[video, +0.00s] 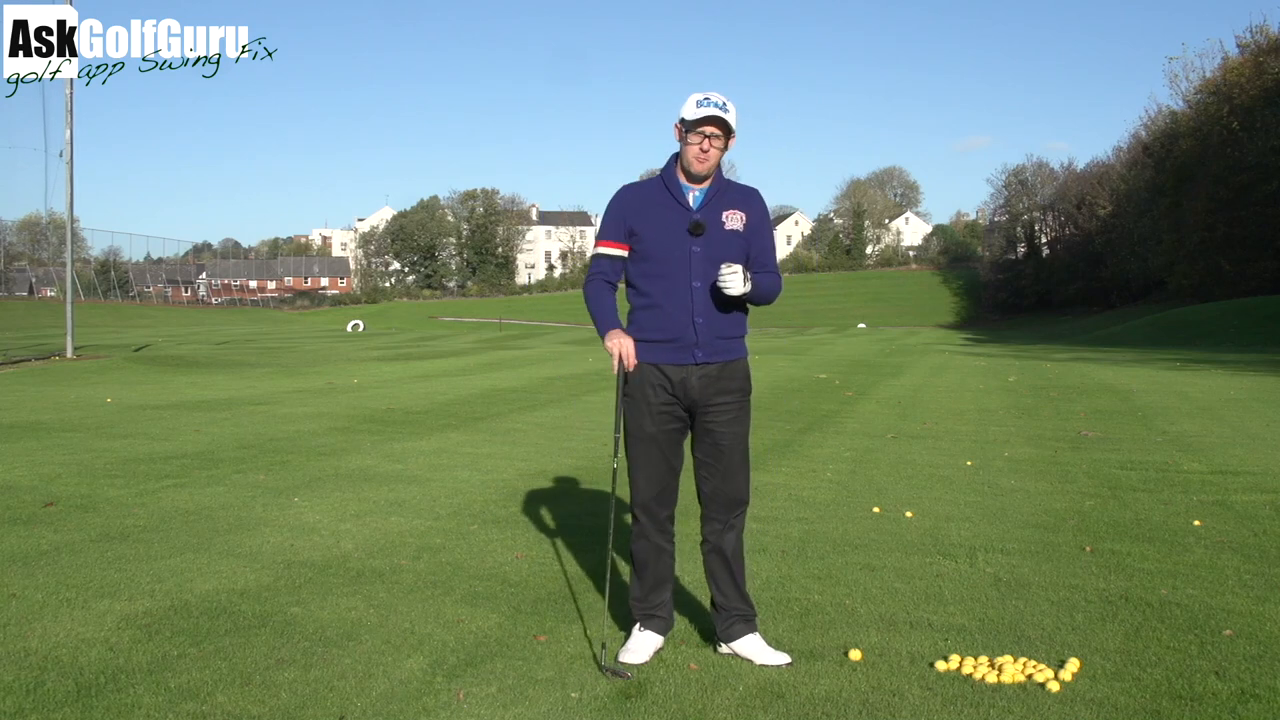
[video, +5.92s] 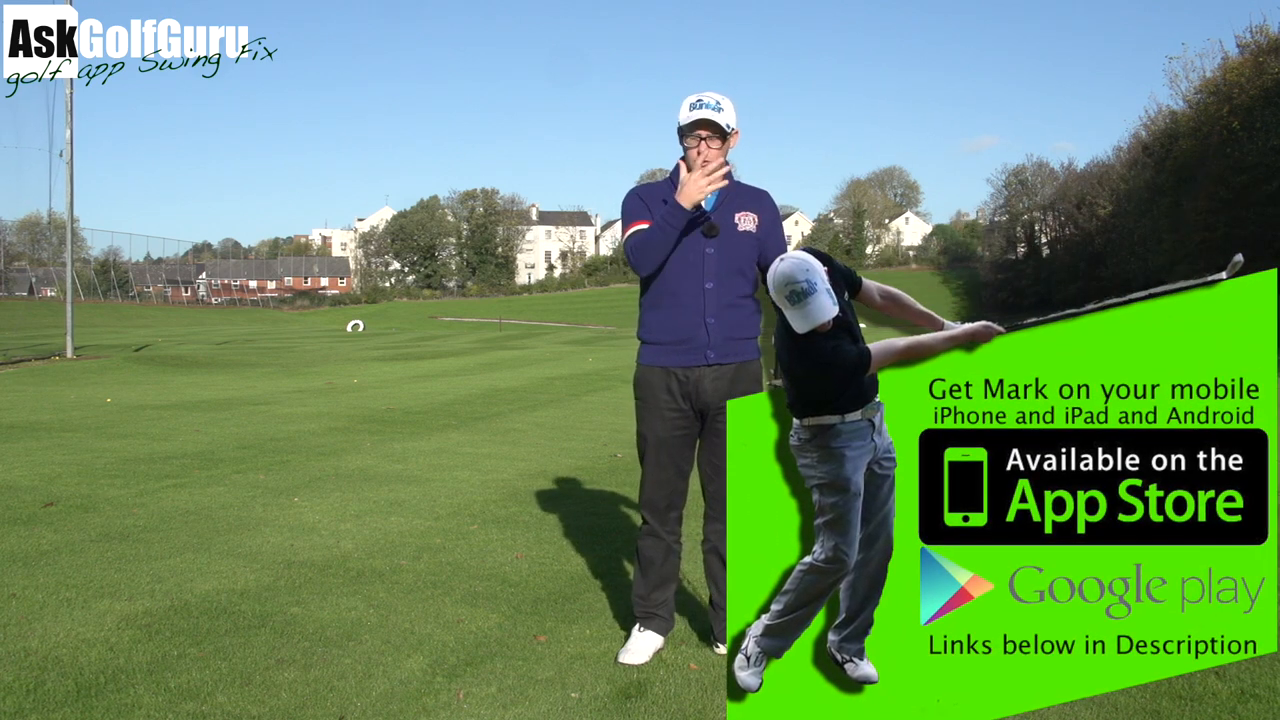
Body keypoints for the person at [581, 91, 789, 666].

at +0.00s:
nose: (704, 144)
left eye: (715, 137)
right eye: (696, 133)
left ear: (728, 145)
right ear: (678, 135)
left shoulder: (748, 203)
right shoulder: (633, 200)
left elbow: (770, 283)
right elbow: (599, 279)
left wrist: (749, 284)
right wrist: (611, 329)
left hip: (725, 374)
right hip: (651, 373)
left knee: (726, 506)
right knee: (651, 506)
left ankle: (734, 628)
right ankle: (650, 622)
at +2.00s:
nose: (666, 146)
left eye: (677, 140)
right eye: (658, 135)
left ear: (688, 148)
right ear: (639, 137)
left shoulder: (705, 205)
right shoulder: (595, 207)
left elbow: (728, 290)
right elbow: (585, 291)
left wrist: (730, 264)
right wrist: (643, 263)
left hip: (705, 369)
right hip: (633, 374)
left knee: (721, 501)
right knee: (642, 504)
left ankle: (732, 626)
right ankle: (649, 621)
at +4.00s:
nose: (730, 150)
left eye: (737, 140)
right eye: (718, 140)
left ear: (742, 145)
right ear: (691, 140)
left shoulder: (751, 206)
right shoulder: (647, 203)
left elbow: (776, 287)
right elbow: (652, 280)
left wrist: (796, 253)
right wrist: (709, 237)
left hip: (744, 372)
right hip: (675, 374)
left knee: (735, 506)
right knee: (667, 505)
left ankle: (733, 627)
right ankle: (653, 621)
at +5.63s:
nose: (702, 145)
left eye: (714, 137)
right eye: (694, 135)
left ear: (733, 144)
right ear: (681, 140)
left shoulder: (759, 203)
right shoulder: (648, 197)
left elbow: (778, 281)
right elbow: (646, 259)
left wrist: (768, 308)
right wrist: (685, 193)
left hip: (736, 373)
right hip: (663, 373)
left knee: (731, 510)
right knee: (659, 507)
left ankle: (732, 623)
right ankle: (652, 620)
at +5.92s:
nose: (703, 142)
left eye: (713, 134)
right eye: (694, 134)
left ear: (731, 140)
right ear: (681, 139)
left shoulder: (757, 202)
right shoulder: (647, 197)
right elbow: (640, 260)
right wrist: (686, 200)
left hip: (736, 373)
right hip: (662, 374)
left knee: (731, 510)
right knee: (659, 507)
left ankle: (733, 625)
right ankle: (651, 620)